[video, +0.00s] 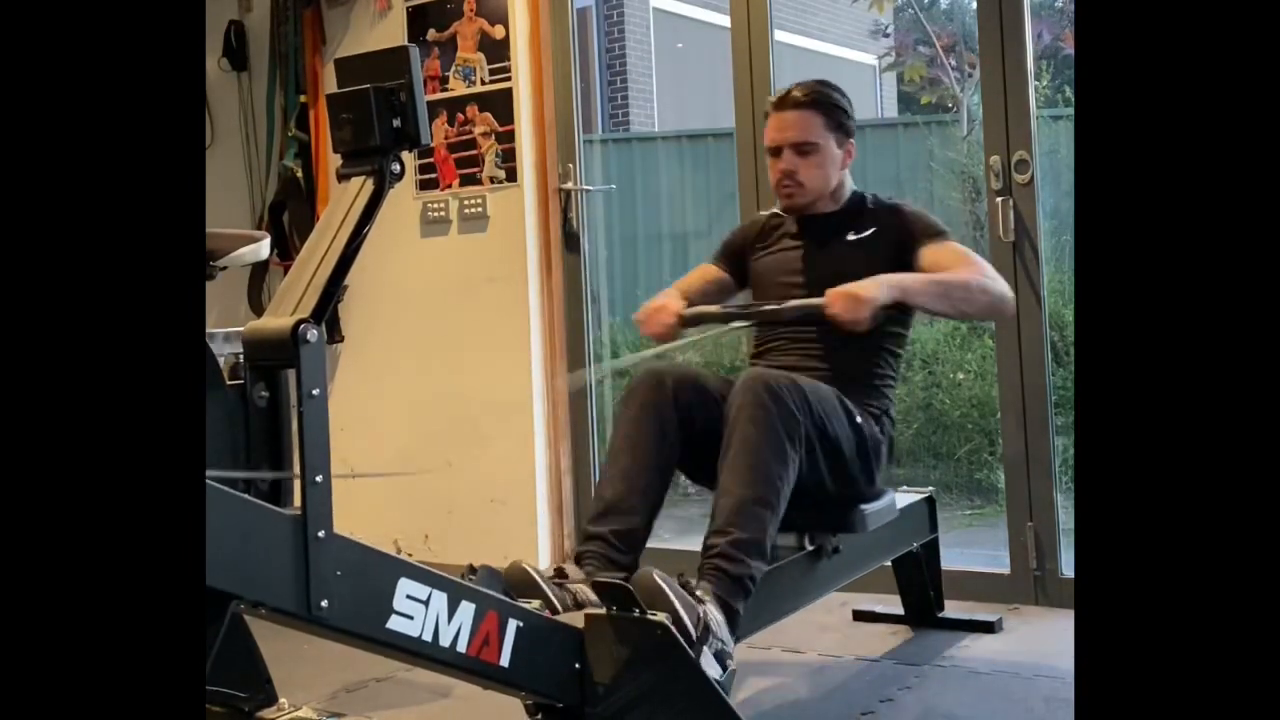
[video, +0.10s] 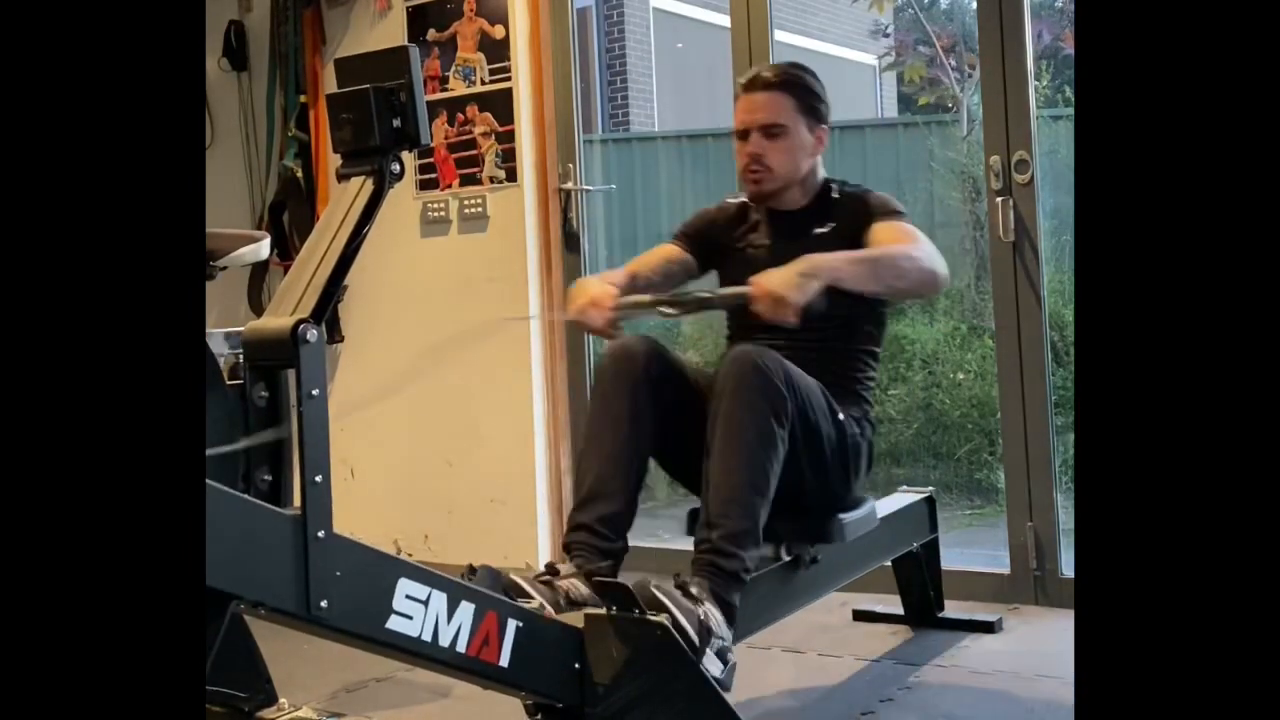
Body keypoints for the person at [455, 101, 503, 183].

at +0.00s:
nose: (467, 114)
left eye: (468, 111)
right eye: (466, 112)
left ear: (475, 110)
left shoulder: (486, 116)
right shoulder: (472, 124)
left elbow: (497, 128)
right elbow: (458, 131)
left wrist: (485, 129)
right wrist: (458, 122)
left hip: (492, 148)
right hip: (484, 151)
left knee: (485, 177)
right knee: (499, 178)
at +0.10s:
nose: (467, 114)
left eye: (468, 111)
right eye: (466, 112)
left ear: (475, 109)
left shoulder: (486, 116)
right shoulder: (473, 124)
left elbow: (497, 129)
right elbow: (458, 132)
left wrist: (486, 130)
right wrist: (458, 122)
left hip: (492, 148)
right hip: (484, 150)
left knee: (485, 177)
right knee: (498, 178)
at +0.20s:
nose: (467, 114)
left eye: (468, 111)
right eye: (466, 112)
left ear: (475, 109)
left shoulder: (486, 116)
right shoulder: (472, 124)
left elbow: (497, 129)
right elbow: (458, 132)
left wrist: (486, 130)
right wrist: (458, 122)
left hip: (492, 148)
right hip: (484, 151)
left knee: (485, 177)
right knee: (498, 178)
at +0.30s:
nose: (467, 114)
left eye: (468, 111)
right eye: (466, 112)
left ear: (475, 109)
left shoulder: (486, 116)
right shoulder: (473, 123)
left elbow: (497, 128)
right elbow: (459, 132)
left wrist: (484, 130)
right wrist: (458, 122)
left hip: (492, 148)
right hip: (484, 150)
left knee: (485, 177)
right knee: (499, 179)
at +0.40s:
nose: (467, 114)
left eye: (468, 111)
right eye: (466, 112)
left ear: (475, 109)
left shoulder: (486, 116)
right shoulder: (473, 124)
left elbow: (497, 128)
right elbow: (459, 131)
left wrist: (484, 129)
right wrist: (458, 122)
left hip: (492, 148)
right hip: (484, 150)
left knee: (485, 177)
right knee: (499, 179)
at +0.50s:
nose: (467, 114)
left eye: (468, 111)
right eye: (466, 112)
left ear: (475, 109)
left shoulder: (486, 116)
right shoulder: (473, 124)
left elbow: (497, 129)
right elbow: (459, 132)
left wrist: (485, 130)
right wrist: (458, 122)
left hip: (492, 148)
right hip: (484, 150)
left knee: (485, 177)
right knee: (499, 178)